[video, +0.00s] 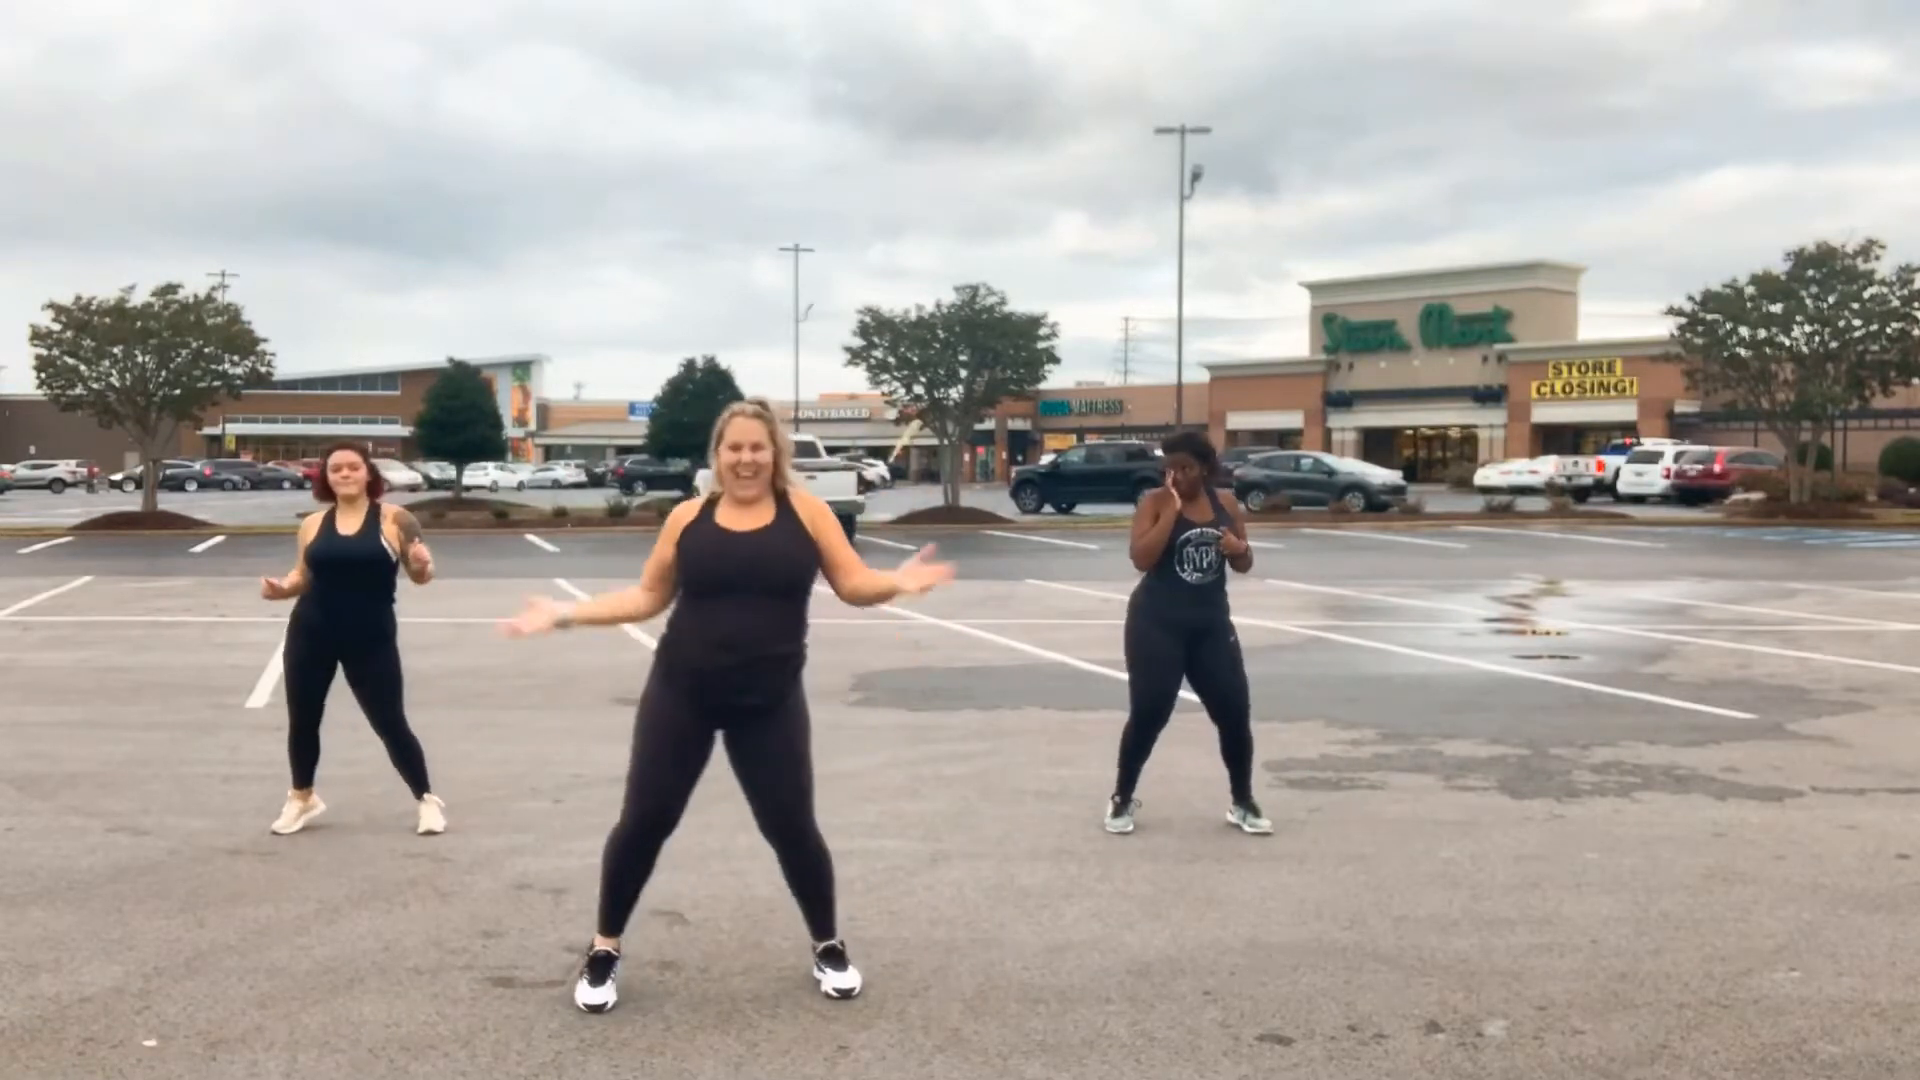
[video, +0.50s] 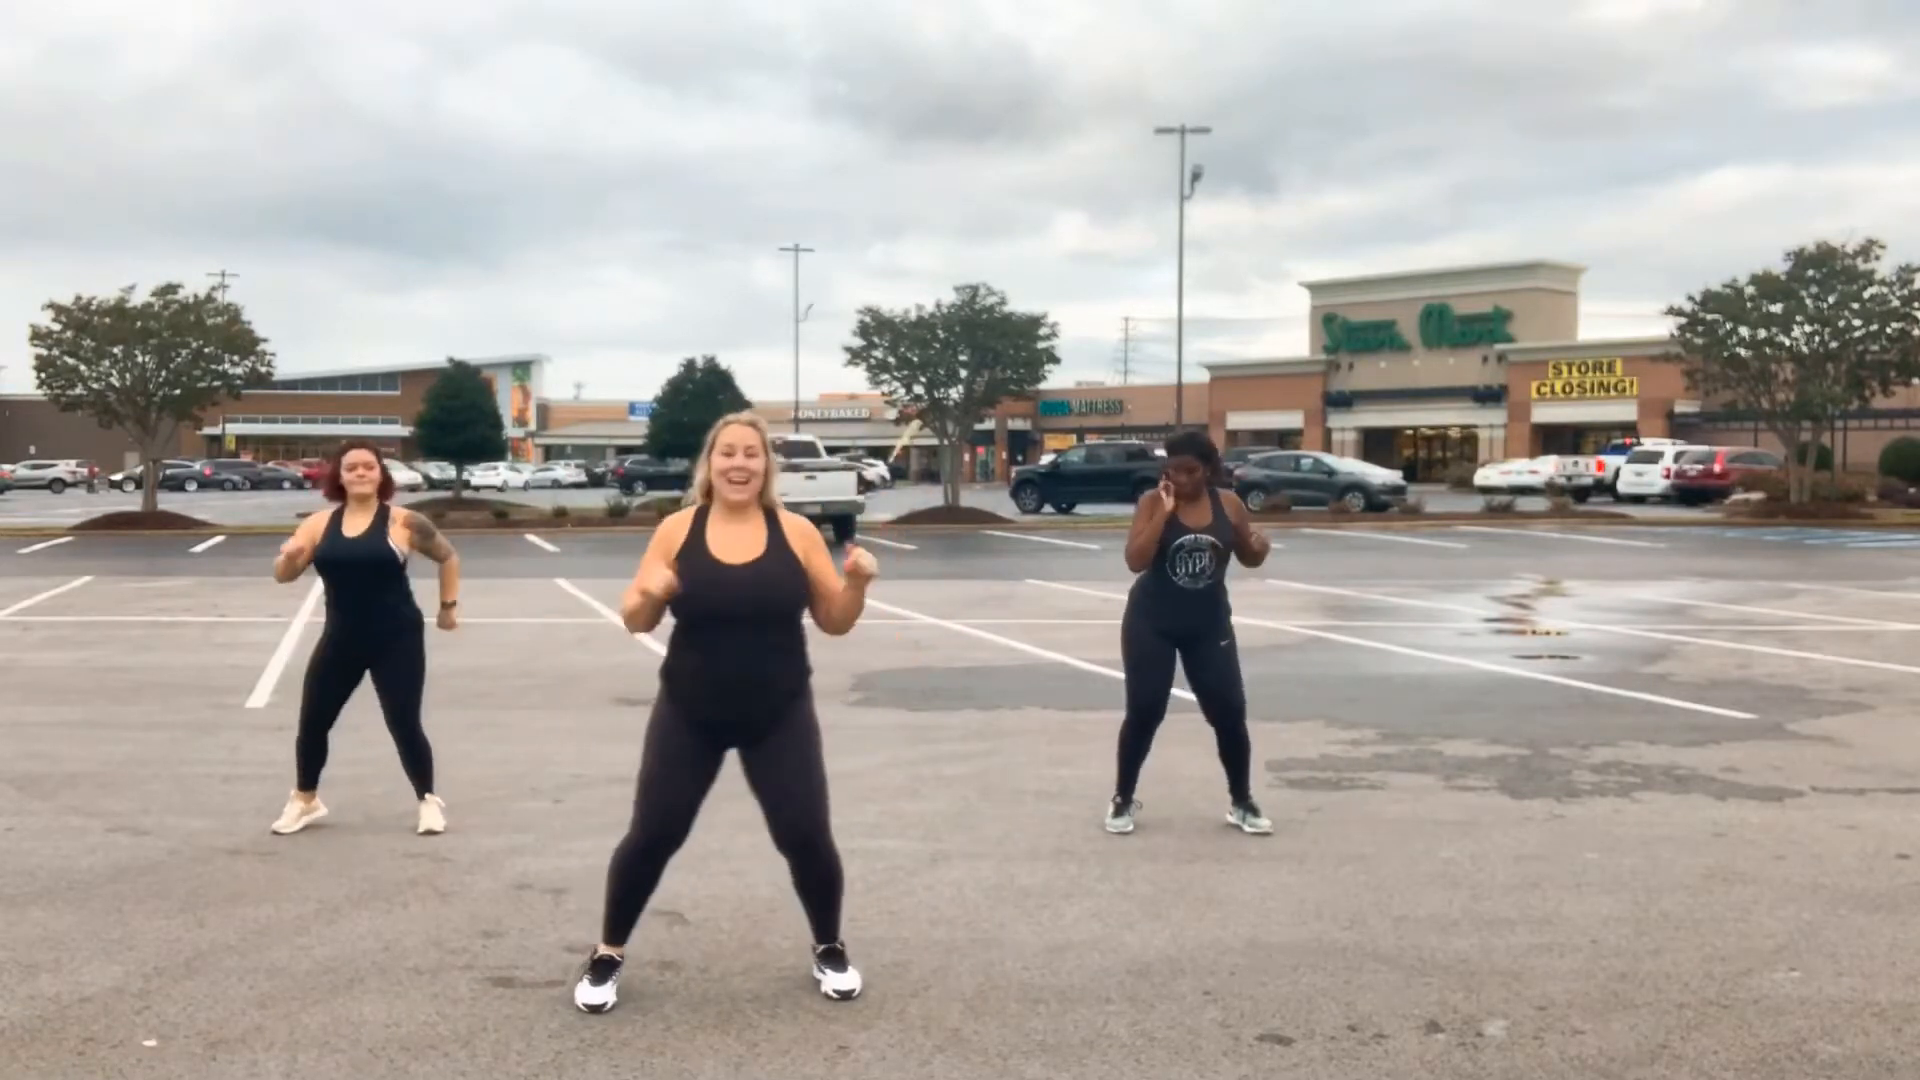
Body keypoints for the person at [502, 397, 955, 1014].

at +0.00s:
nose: (746, 458)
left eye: (757, 447)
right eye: (734, 447)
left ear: (776, 453)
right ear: (716, 454)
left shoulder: (806, 512)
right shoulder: (687, 517)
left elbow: (852, 583)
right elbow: (647, 597)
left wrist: (897, 580)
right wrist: (563, 612)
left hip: (769, 697)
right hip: (680, 694)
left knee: (793, 828)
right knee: (644, 823)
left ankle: (828, 948)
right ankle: (604, 948)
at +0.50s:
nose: (739, 463)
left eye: (751, 453)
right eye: (728, 452)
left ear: (768, 464)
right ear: (709, 464)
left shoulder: (797, 533)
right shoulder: (678, 528)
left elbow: (835, 621)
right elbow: (637, 623)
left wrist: (856, 585)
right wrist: (652, 595)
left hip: (780, 713)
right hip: (690, 711)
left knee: (808, 839)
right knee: (653, 835)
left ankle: (830, 952)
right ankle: (607, 955)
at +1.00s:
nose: (797, 464)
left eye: (809, 454)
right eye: (785, 455)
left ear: (826, 468)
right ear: (767, 470)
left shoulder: (854, 536)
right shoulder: (742, 542)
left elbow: (886, 622)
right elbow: (690, 630)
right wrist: (730, 705)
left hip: (839, 716)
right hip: (761, 717)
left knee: (846, 836)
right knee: (775, 840)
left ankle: (832, 947)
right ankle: (755, 952)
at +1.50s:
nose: (856, 455)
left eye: (867, 446)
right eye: (844, 447)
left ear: (886, 458)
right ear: (827, 460)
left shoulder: (913, 524)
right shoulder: (800, 525)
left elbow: (984, 589)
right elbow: (761, 611)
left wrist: (932, 579)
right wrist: (814, 647)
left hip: (906, 701)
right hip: (821, 704)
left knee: (931, 820)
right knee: (784, 821)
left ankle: (964, 938)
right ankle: (756, 936)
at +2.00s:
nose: (796, 441)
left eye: (807, 433)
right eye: (785, 432)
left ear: (824, 447)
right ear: (766, 446)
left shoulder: (854, 508)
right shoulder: (738, 511)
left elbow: (912, 561)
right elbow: (709, 585)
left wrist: (887, 622)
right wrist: (780, 555)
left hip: (834, 687)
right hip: (756, 689)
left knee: (826, 816)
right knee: (757, 815)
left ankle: (821, 928)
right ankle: (755, 942)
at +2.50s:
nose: (752, 443)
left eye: (764, 435)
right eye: (740, 435)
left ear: (781, 451)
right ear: (721, 450)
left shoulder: (804, 516)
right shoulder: (689, 504)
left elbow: (838, 596)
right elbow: (627, 547)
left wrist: (781, 570)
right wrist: (647, 607)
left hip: (771, 689)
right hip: (690, 687)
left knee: (817, 801)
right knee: (668, 819)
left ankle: (816, 930)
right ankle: (611, 941)